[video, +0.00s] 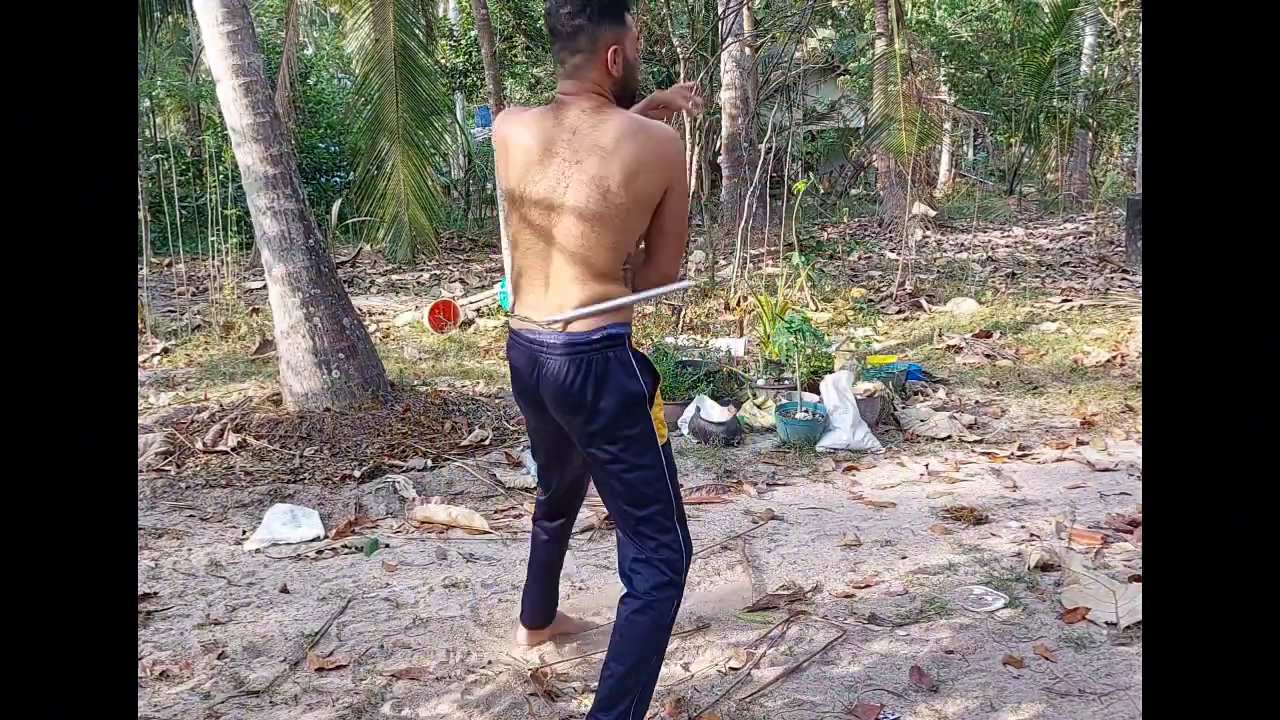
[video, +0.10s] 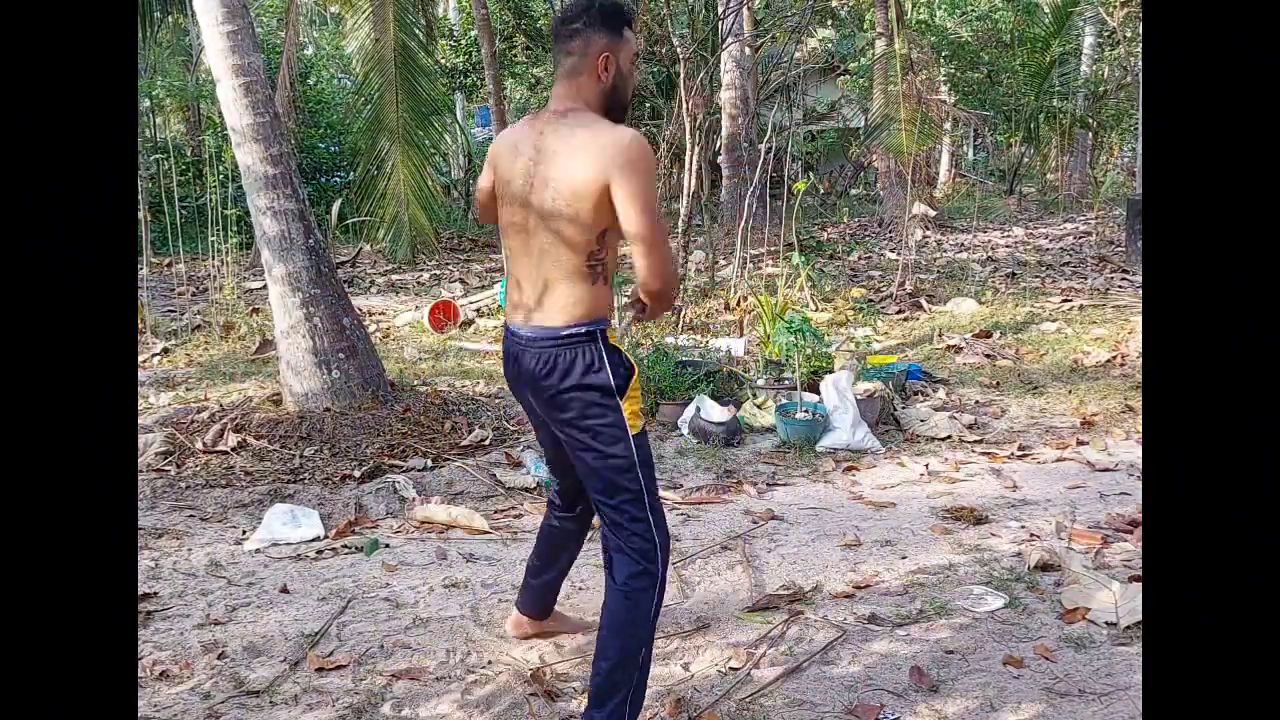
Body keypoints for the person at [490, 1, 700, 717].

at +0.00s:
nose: (635, 54)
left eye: (632, 40)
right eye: (633, 42)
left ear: (559, 53)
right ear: (615, 53)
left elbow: (574, 141)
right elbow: (660, 271)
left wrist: (647, 109)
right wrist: (590, 267)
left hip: (525, 356)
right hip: (597, 363)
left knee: (557, 490)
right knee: (658, 552)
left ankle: (536, 619)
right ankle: (614, 713)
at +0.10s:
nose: (635, 76)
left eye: (636, 62)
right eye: (633, 62)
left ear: (565, 61)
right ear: (604, 60)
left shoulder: (512, 139)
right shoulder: (619, 146)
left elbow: (485, 208)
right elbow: (655, 280)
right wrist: (654, 298)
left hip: (523, 354)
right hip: (578, 358)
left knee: (573, 495)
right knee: (641, 543)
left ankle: (533, 610)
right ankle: (611, 711)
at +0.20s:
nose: (635, 85)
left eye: (636, 69)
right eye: (631, 69)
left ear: (578, 67)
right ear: (599, 66)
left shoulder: (517, 138)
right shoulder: (588, 145)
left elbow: (472, 226)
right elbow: (582, 256)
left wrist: (544, 256)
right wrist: (638, 315)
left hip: (524, 346)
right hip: (563, 348)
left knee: (581, 486)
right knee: (619, 530)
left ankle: (531, 609)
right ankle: (606, 708)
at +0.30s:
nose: (634, 94)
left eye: (636, 79)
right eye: (628, 78)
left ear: (585, 75)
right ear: (589, 73)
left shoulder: (556, 135)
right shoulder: (548, 134)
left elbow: (491, 206)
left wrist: (540, 298)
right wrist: (531, 300)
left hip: (547, 332)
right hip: (533, 338)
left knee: (584, 479)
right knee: (589, 505)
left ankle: (533, 604)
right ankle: (609, 694)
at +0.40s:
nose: (624, 100)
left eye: (628, 87)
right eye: (619, 84)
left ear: (585, 80)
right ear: (576, 74)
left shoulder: (562, 142)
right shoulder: (523, 130)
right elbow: (420, 182)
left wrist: (485, 272)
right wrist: (470, 277)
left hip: (542, 322)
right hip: (510, 323)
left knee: (582, 475)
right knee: (574, 481)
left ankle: (529, 614)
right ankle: (535, 670)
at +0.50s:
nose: (612, 96)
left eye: (617, 83)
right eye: (603, 79)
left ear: (591, 80)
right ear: (559, 71)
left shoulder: (574, 156)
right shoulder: (508, 127)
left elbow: (534, 239)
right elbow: (406, 184)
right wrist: (448, 278)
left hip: (535, 319)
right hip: (490, 317)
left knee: (575, 472)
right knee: (536, 477)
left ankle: (533, 609)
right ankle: (466, 644)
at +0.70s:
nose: (556, 82)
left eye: (564, 69)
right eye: (544, 66)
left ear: (568, 70)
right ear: (505, 60)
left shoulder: (558, 138)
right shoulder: (456, 131)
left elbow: (584, 190)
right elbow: (383, 215)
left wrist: (593, 268)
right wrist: (457, 274)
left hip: (522, 317)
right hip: (463, 318)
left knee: (553, 470)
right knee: (438, 481)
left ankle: (528, 611)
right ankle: (358, 617)